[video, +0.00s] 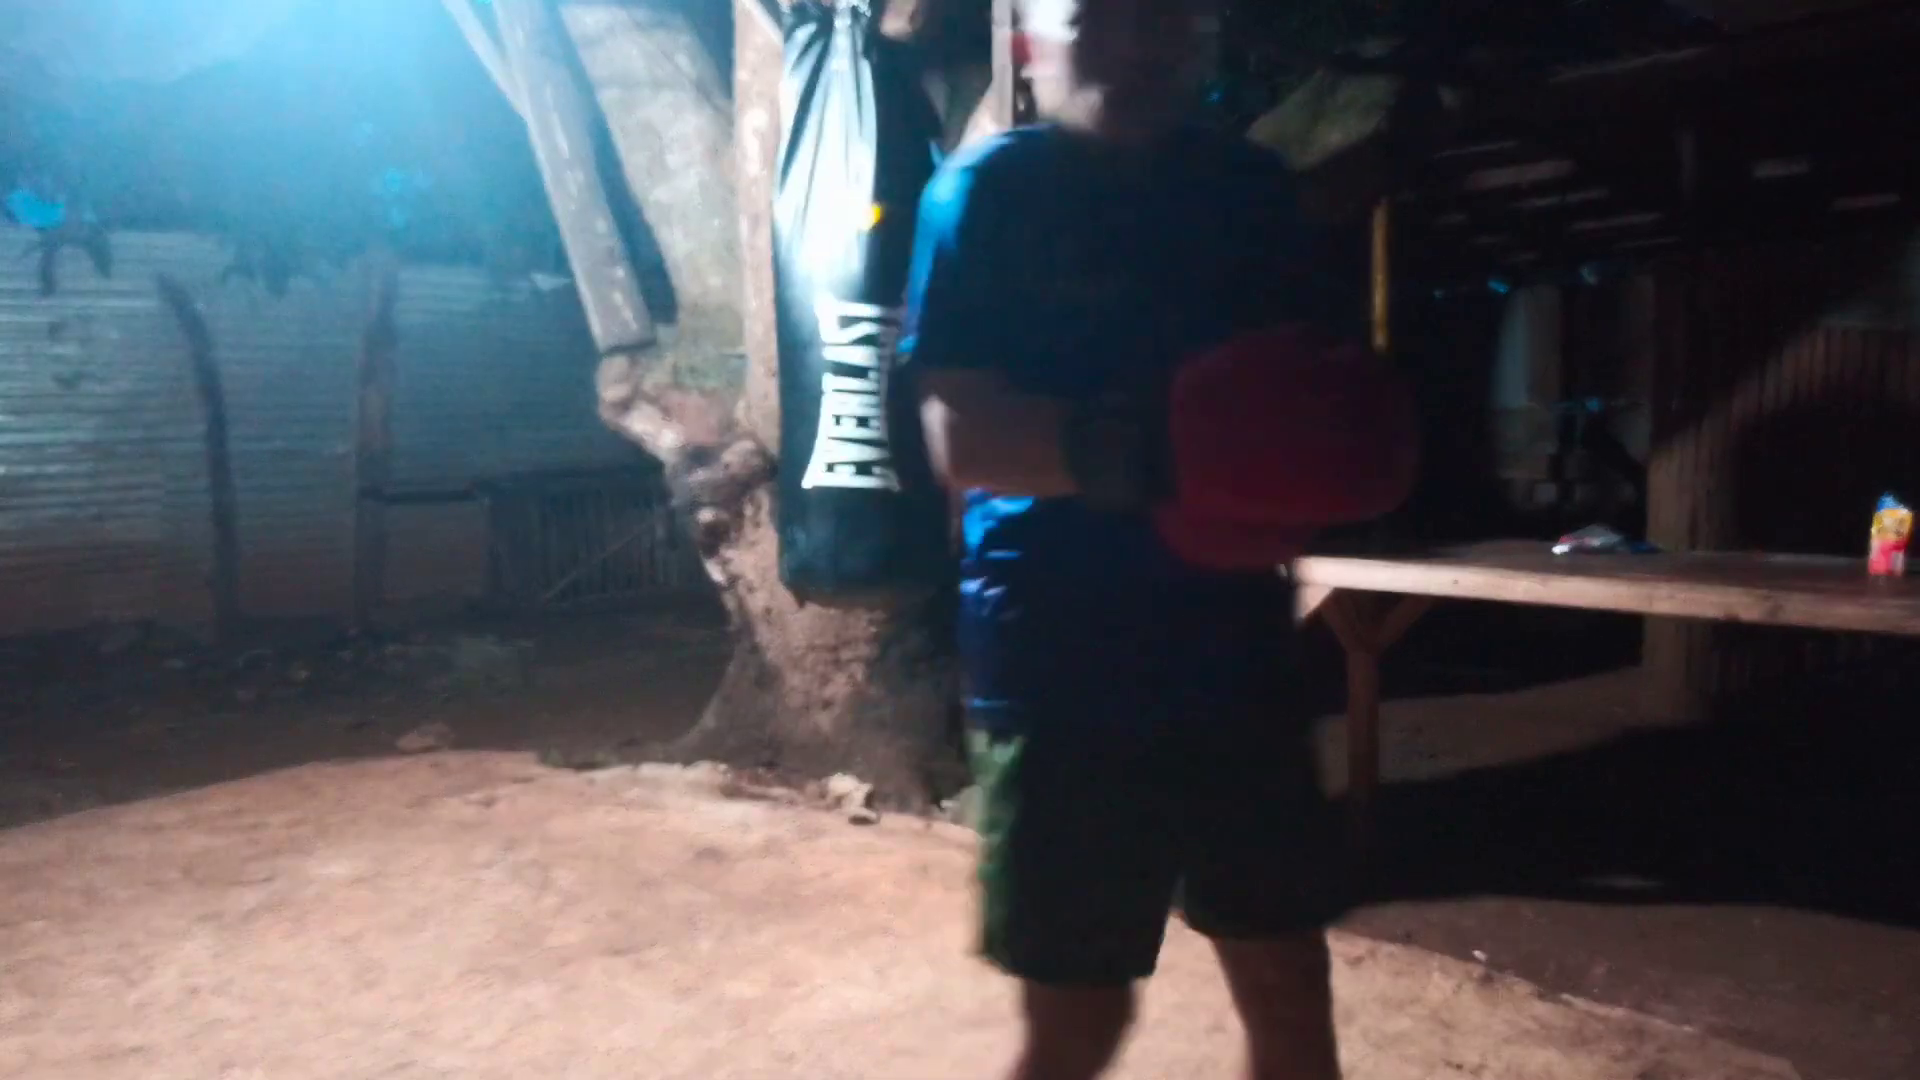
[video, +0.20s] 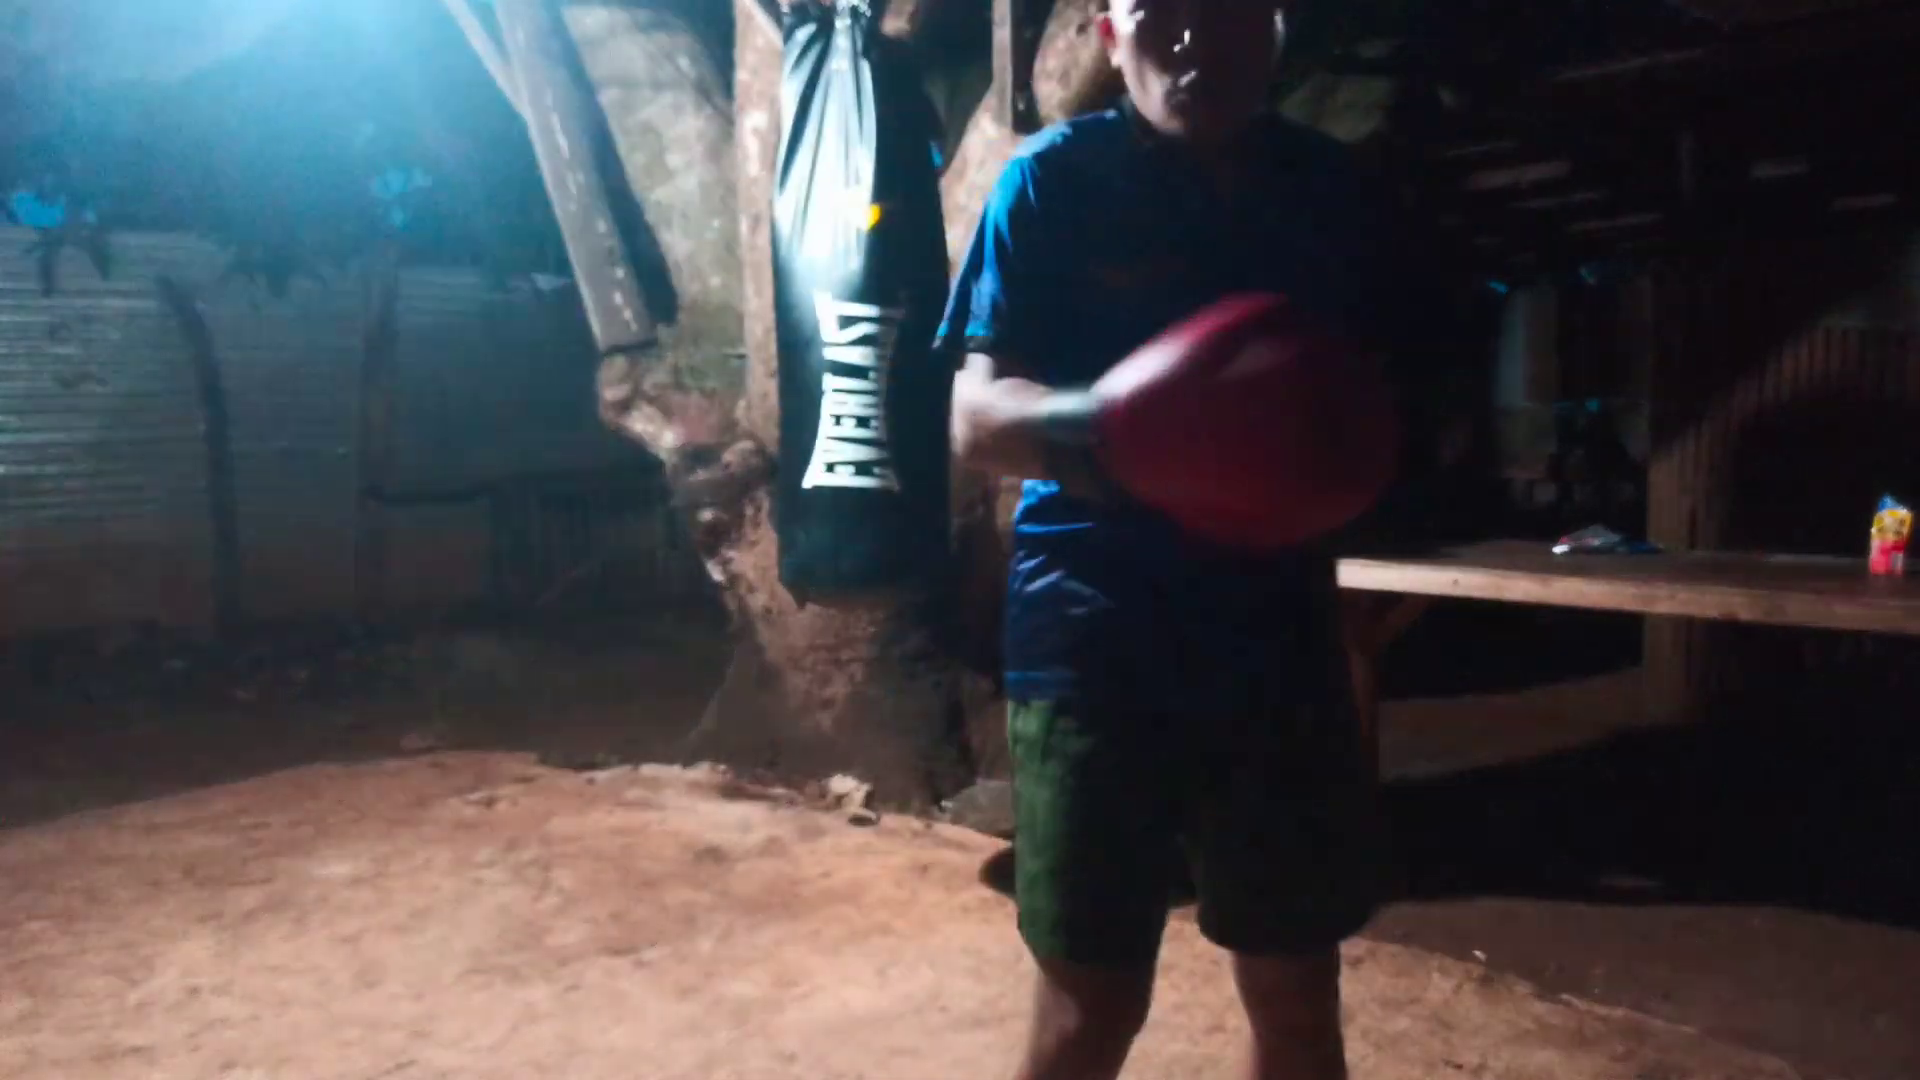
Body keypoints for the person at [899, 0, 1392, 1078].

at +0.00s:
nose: (1131, 41)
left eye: (1163, 14)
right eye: (1094, 14)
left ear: (1206, 33)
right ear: (1027, 36)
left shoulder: (1252, 187)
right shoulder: (996, 186)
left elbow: (1321, 405)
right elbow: (962, 440)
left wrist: (1363, 556)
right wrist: (1166, 454)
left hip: (1235, 652)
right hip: (1059, 666)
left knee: (1288, 991)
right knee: (1074, 1028)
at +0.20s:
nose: (1188, 34)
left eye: (1226, 8)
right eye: (1158, 9)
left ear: (1277, 26)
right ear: (1111, 27)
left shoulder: (1333, 187)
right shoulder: (1051, 180)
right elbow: (977, 418)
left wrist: (1320, 426)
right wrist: (1119, 422)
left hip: (1277, 642)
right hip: (1095, 646)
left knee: (1296, 995)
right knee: (1088, 1012)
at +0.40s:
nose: (1180, 42)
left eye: (1210, 14)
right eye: (1141, 16)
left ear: (1255, 25)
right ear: (1085, 33)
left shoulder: (1328, 175)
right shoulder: (1039, 193)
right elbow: (907, 419)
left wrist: (1478, 343)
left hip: (1278, 624)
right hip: (1096, 629)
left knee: (1292, 1008)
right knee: (1054, 1038)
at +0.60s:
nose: (1090, 48)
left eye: (1119, 20)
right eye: (1052, 26)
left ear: (1166, 25)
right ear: (992, 34)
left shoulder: (1267, 172)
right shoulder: (936, 215)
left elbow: (1436, 329)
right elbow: (781, 416)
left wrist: (1588, 305)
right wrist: (648, 439)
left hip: (1234, 681)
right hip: (1033, 698)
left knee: (1275, 1027)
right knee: (1011, 1047)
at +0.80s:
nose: (978, 32)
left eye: (1006, 6)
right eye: (934, 12)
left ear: (1061, 11)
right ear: (874, 30)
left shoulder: (1182, 140)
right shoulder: (834, 189)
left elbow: (1309, 381)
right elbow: (785, 437)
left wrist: (1200, 468)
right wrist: (835, 507)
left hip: (1169, 681)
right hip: (955, 704)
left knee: (1264, 1026)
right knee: (964, 1056)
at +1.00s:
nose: (910, 41)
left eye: (939, 13)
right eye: (865, 18)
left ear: (1000, 9)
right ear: (793, 27)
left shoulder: (1145, 129)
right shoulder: (756, 195)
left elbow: (1321, 344)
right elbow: (672, 439)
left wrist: (1213, 445)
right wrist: (729, 485)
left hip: (1144, 704)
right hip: (926, 735)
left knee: (1202, 1036)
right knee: (948, 1058)